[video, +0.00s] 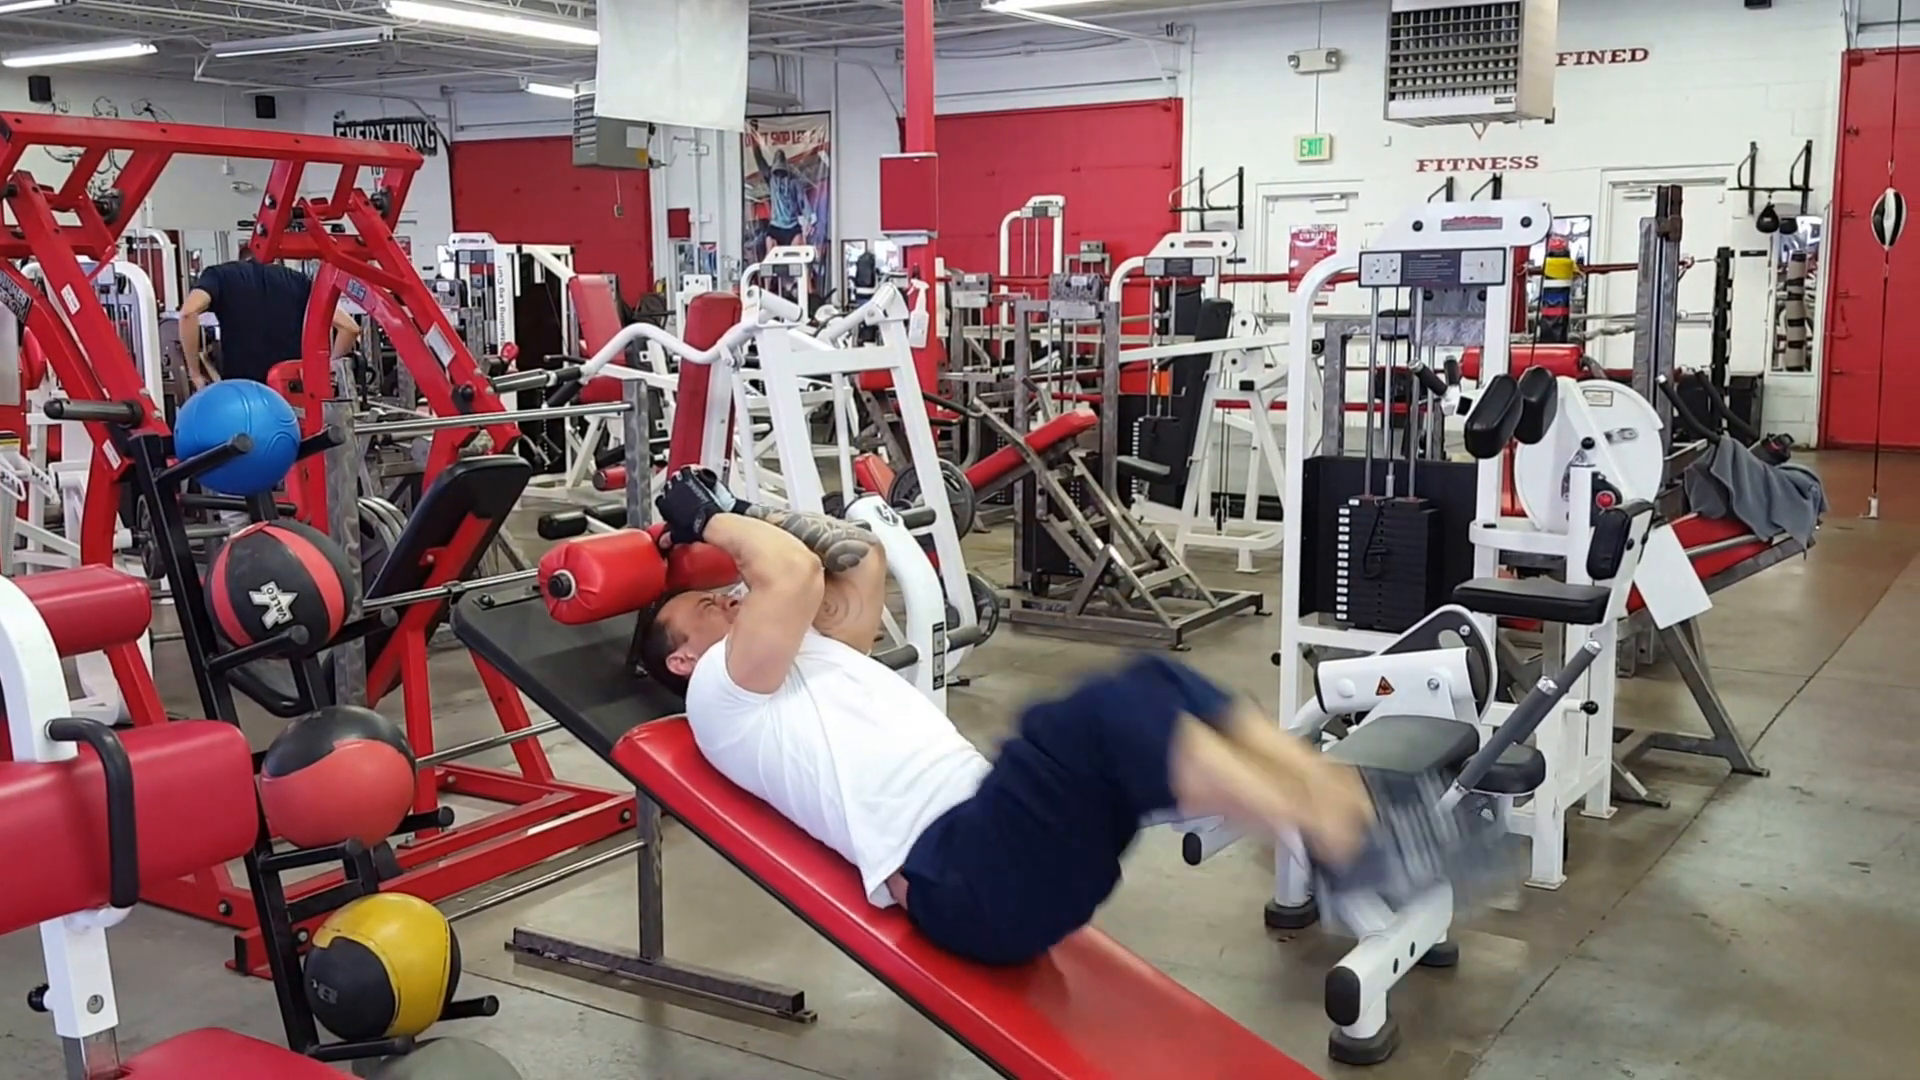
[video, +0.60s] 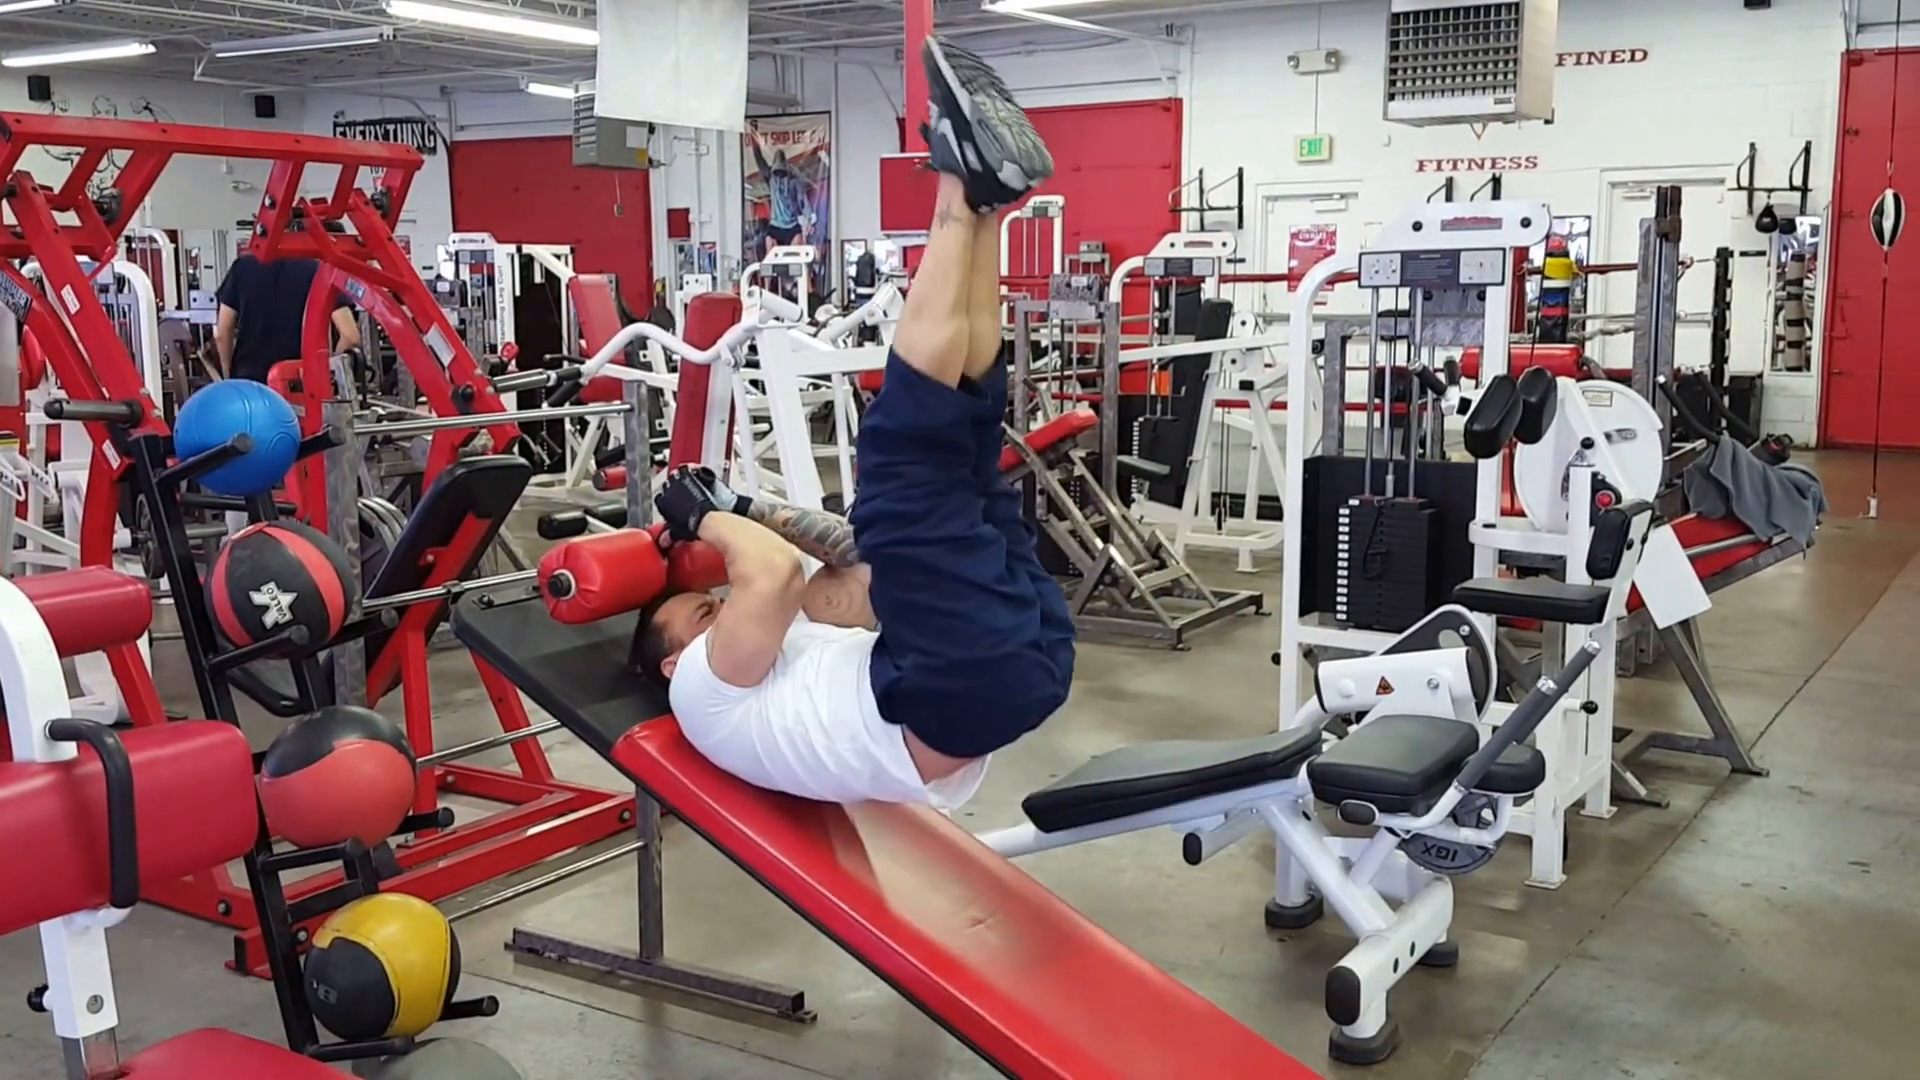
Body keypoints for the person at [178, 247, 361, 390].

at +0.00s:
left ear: (240, 257)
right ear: (275, 256)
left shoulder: (220, 274)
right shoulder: (300, 280)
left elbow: (188, 313)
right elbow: (350, 328)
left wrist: (195, 373)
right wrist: (328, 365)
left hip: (242, 399)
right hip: (299, 398)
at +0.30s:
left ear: (257, 235)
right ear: (292, 236)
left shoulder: (233, 270)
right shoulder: (309, 275)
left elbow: (189, 324)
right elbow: (351, 331)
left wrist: (177, 384)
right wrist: (327, 367)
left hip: (243, 395)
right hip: (301, 396)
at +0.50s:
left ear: (263, 227)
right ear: (304, 228)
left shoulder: (242, 267)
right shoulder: (318, 270)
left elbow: (216, 334)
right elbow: (351, 334)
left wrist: (206, 376)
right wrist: (330, 367)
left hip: (247, 390)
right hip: (303, 388)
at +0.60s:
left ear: (265, 225)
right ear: (304, 228)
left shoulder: (244, 267)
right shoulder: (318, 270)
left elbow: (222, 333)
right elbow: (350, 336)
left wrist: (229, 374)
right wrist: (328, 368)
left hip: (247, 387)